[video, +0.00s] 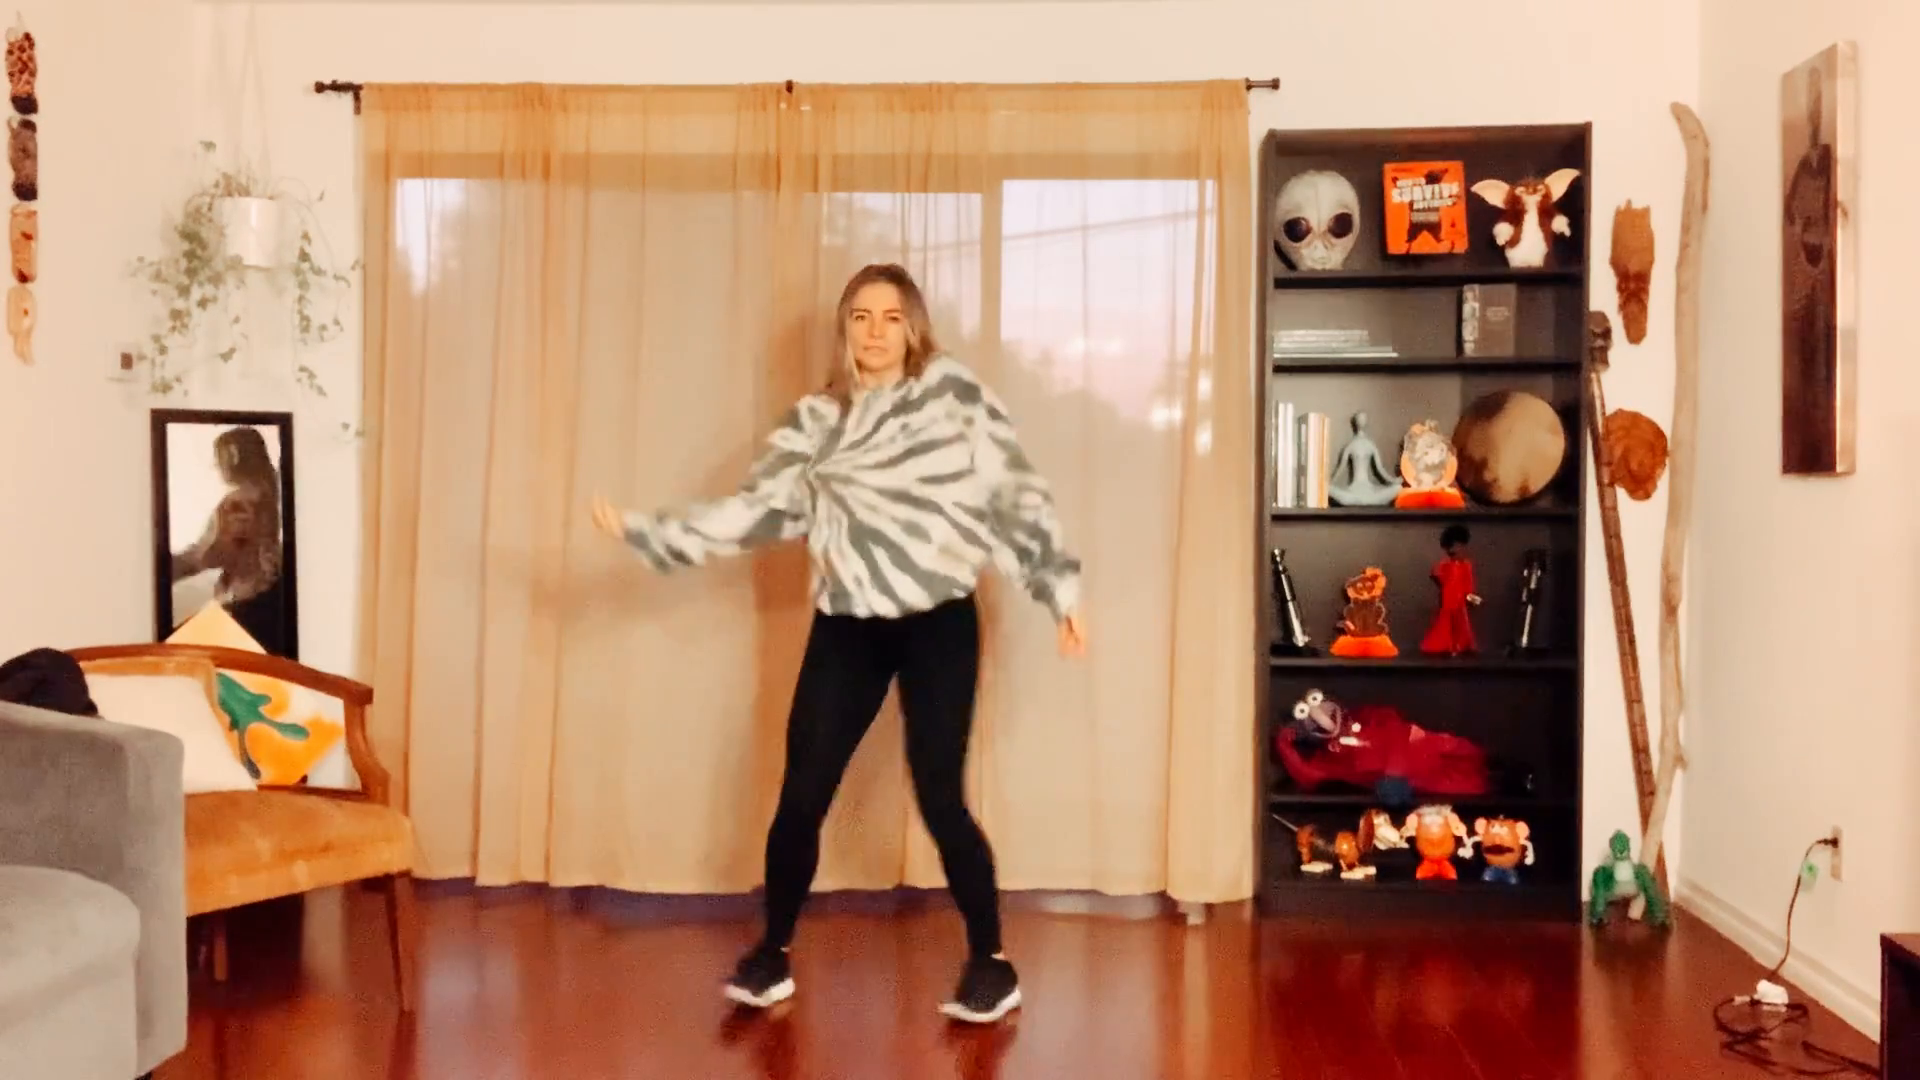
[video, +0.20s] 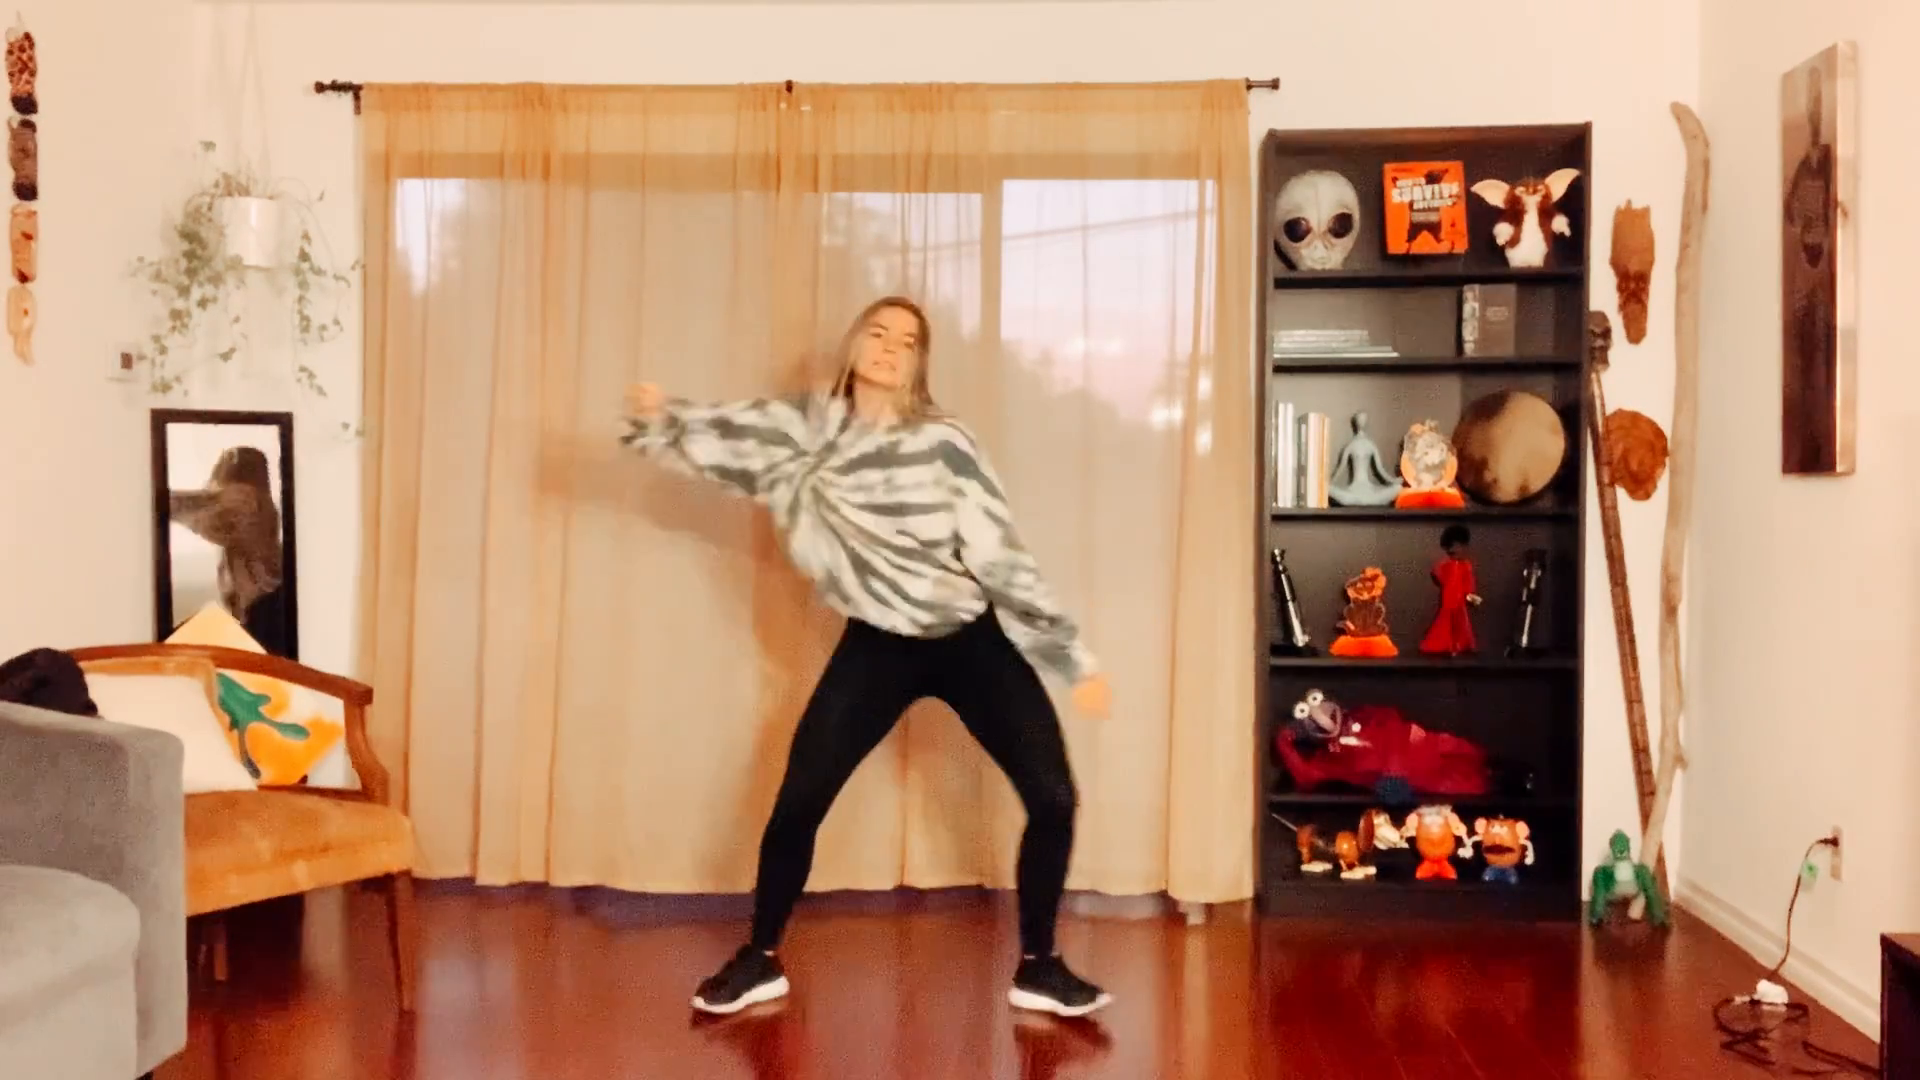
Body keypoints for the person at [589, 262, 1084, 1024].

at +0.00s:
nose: (875, 330)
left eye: (891, 318)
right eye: (862, 316)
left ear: (915, 329)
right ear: (843, 327)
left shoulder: (955, 400)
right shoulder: (819, 421)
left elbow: (1016, 494)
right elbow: (759, 510)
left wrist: (1058, 588)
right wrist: (646, 530)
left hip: (938, 620)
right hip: (848, 623)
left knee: (941, 802)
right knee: (802, 795)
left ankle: (990, 963)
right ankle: (771, 953)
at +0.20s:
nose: (889, 347)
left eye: (906, 343)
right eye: (878, 333)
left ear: (920, 367)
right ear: (849, 347)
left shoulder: (946, 446)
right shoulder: (807, 427)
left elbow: (1002, 560)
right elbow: (729, 438)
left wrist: (1073, 658)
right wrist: (667, 421)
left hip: (974, 640)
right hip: (878, 641)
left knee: (1054, 799)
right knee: (798, 800)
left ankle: (1038, 967)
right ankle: (760, 958)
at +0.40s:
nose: (1018, 347)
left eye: (1033, 341)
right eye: (1004, 338)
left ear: (1054, 368)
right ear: (977, 359)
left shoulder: (1084, 462)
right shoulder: (934, 442)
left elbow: (1185, 508)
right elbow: (863, 522)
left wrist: (1303, 512)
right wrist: (800, 574)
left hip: (1002, 662)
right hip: (902, 647)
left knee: (1106, 805)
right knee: (807, 797)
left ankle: (1051, 969)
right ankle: (752, 955)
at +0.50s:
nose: (1055, 359)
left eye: (1070, 350)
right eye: (1040, 351)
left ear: (1091, 376)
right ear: (1021, 375)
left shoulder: (1129, 463)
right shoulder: (983, 459)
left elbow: (1236, 454)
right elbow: (925, 549)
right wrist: (865, 624)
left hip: (1028, 668)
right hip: (930, 650)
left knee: (1129, 817)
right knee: (831, 801)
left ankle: (1054, 972)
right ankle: (760, 954)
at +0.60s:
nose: (1078, 374)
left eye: (1091, 363)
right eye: (1063, 364)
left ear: (1113, 381)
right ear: (1042, 383)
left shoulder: (1153, 459)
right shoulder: (1002, 467)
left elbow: (1249, 426)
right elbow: (951, 570)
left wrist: (1326, 334)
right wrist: (899, 661)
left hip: (1056, 675)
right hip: (959, 658)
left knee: (1149, 830)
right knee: (864, 804)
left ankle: (1056, 968)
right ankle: (769, 952)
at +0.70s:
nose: (1093, 378)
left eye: (1105, 366)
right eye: (1076, 369)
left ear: (1124, 380)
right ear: (1053, 387)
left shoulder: (1164, 451)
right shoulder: (1020, 476)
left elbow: (1262, 420)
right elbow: (969, 582)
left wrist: (1273, 309)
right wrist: (918, 682)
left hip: (1087, 674)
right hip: (991, 660)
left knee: (1161, 844)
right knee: (898, 810)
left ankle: (1062, 962)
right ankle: (803, 952)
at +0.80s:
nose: (1108, 375)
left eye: (1118, 364)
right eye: (1089, 366)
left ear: (1132, 376)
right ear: (1059, 384)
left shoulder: (1176, 442)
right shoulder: (1034, 481)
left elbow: (1277, 435)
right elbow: (973, 597)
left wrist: (1242, 364)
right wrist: (924, 700)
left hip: (1121, 668)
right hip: (1025, 657)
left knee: (1139, 858)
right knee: (932, 820)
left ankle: (1082, 956)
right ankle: (877, 945)